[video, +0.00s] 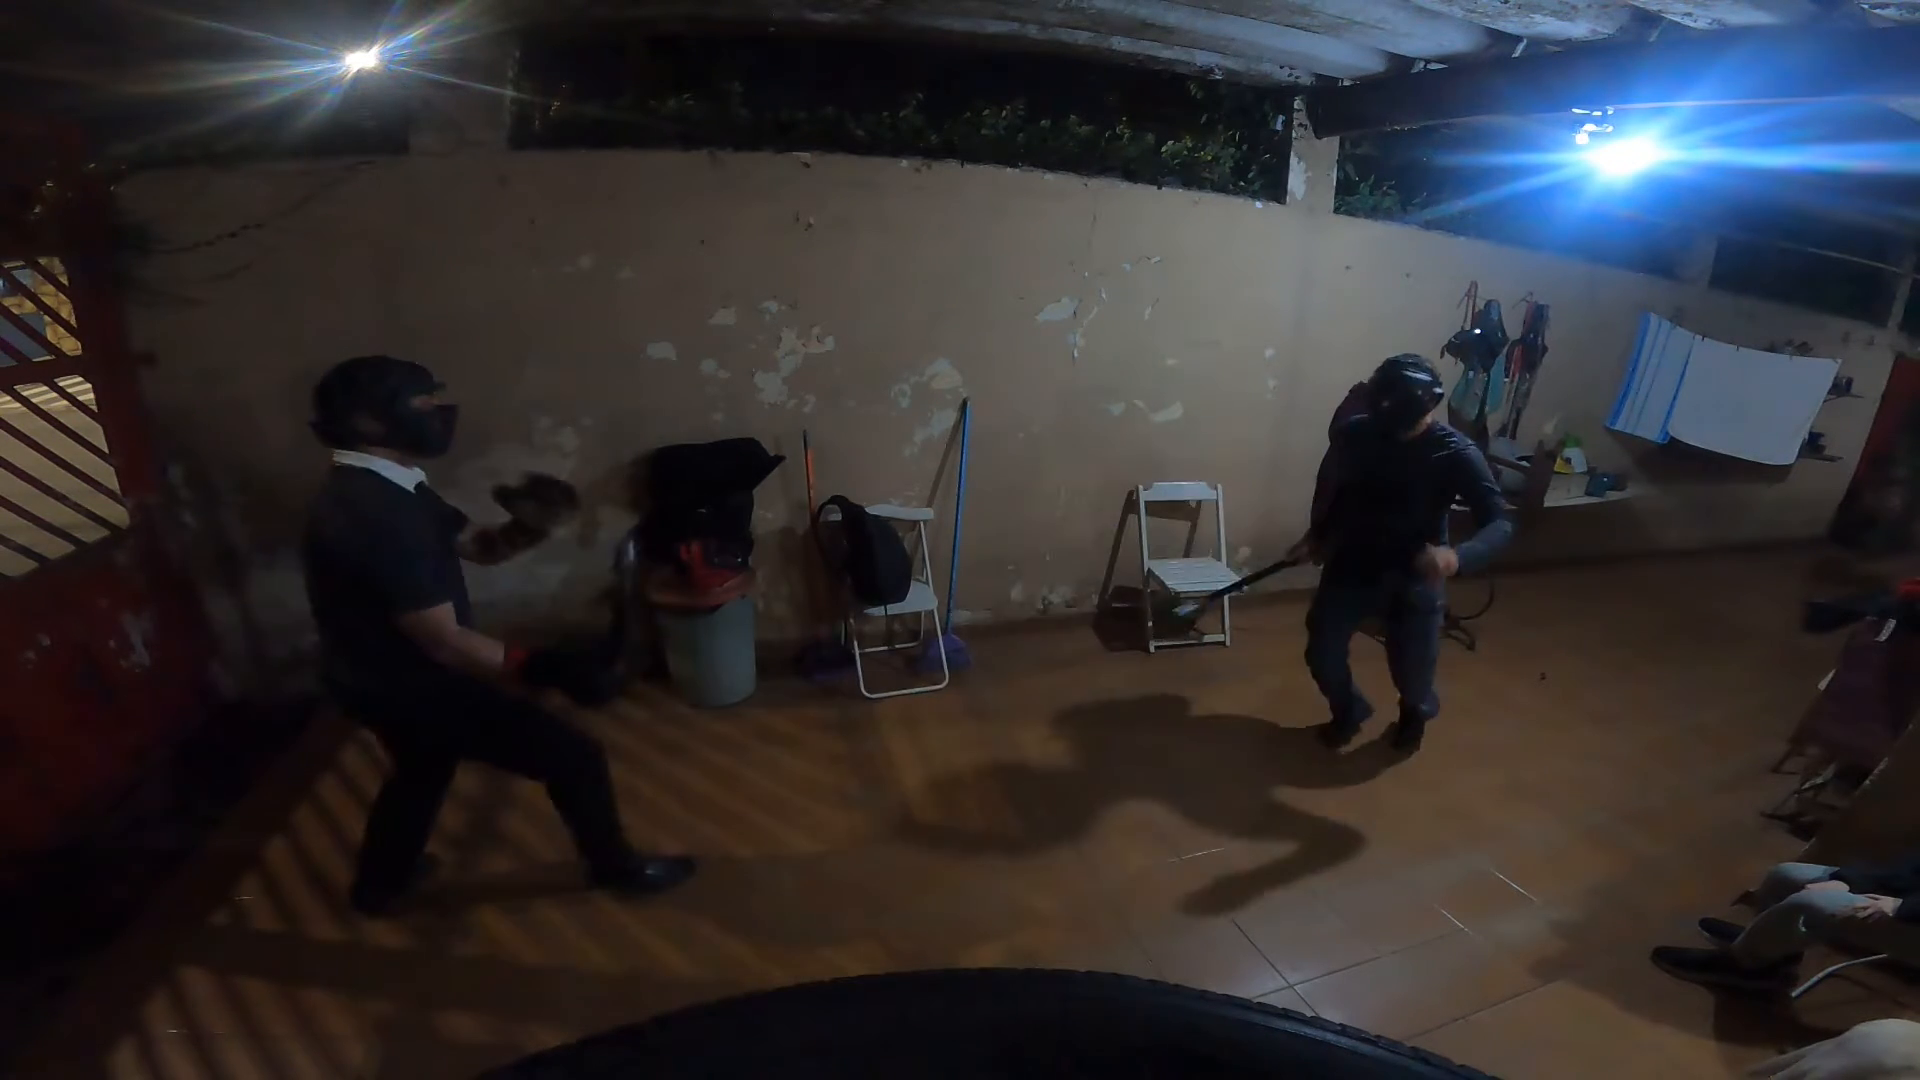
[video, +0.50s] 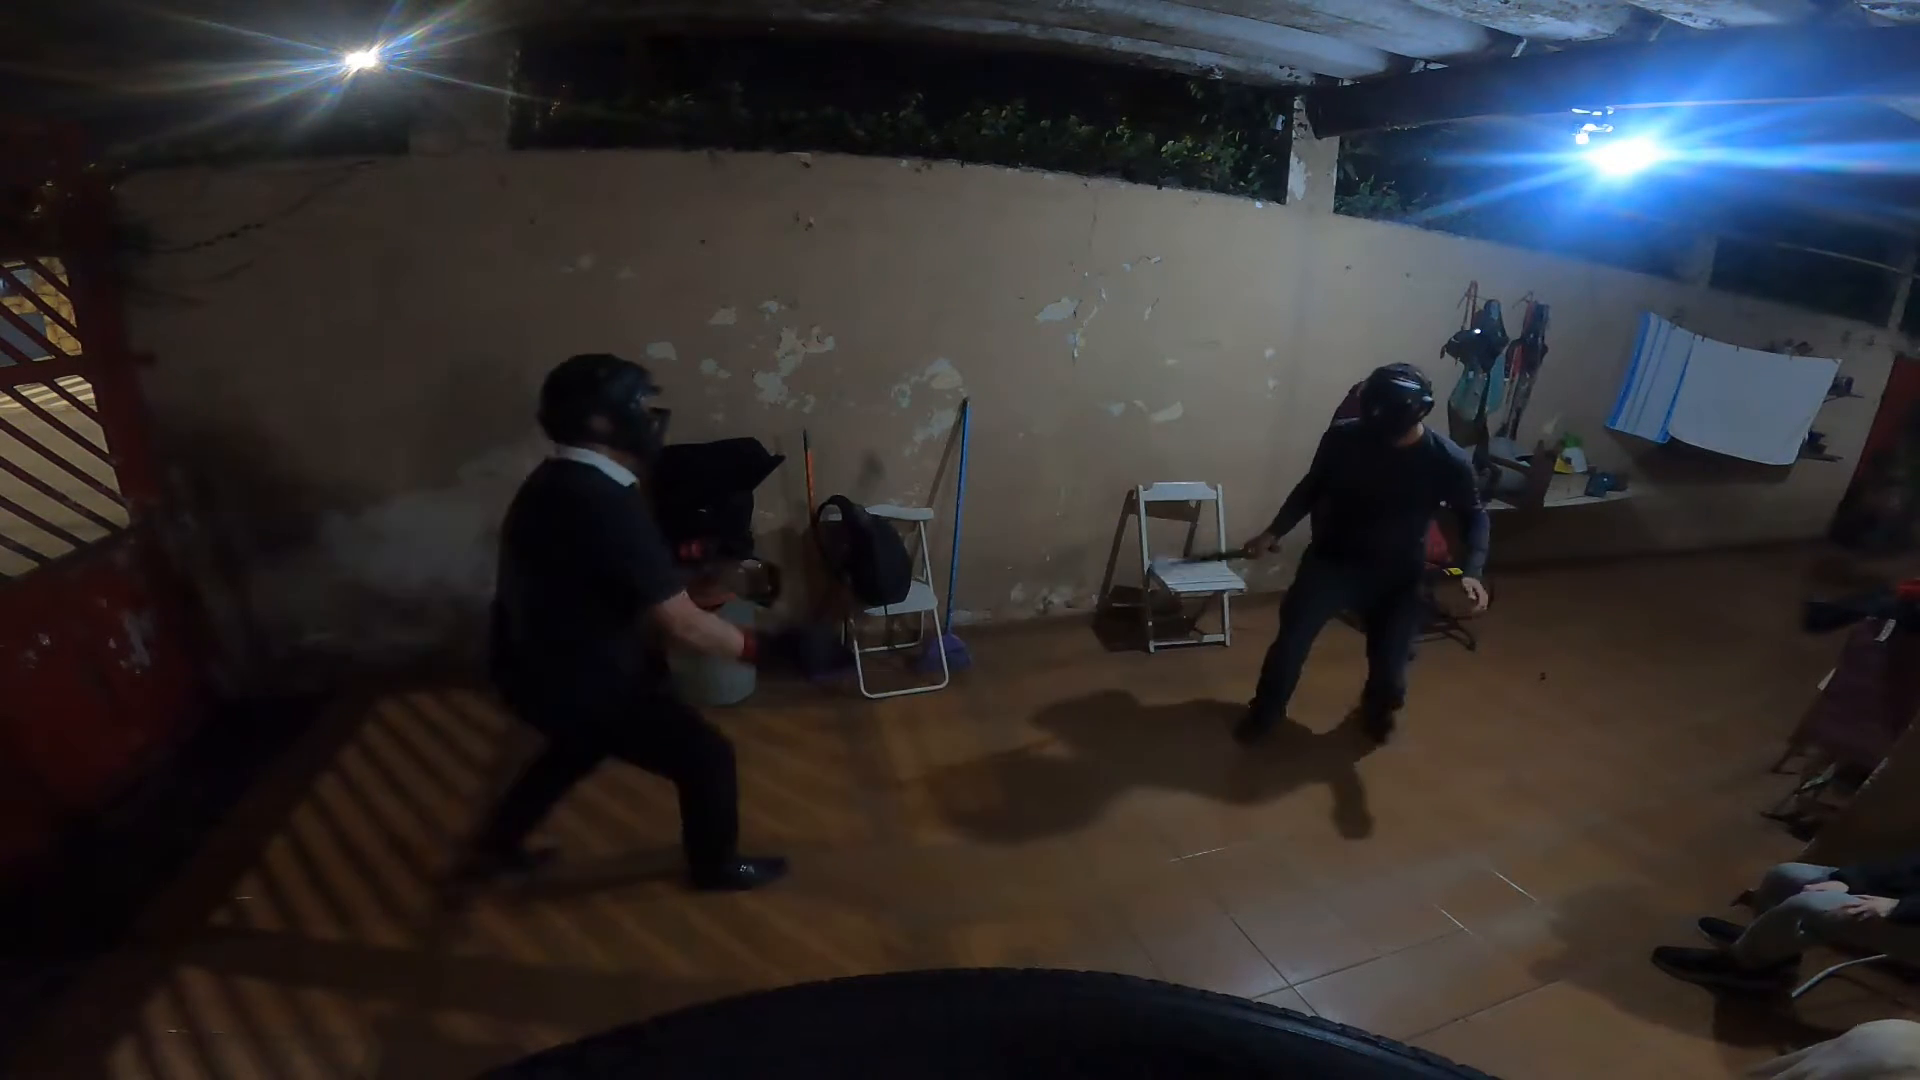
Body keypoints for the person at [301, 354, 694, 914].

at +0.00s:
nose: (444, 407)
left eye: (437, 396)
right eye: (425, 399)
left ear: (373, 425)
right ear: (378, 421)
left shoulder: (374, 486)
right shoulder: (391, 511)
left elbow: (480, 549)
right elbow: (440, 639)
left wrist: (531, 525)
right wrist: (530, 666)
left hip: (376, 683)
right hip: (416, 692)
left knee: (425, 765)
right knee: (572, 755)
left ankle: (381, 880)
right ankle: (615, 865)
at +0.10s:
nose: (475, 416)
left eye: (468, 404)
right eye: (458, 409)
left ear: (407, 434)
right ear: (412, 432)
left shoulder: (418, 496)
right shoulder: (412, 520)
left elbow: (501, 555)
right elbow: (456, 647)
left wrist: (566, 561)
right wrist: (551, 680)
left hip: (403, 686)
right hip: (432, 695)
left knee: (440, 766)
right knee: (578, 762)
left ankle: (380, 878)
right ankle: (672, 860)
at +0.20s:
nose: (505, 422)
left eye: (498, 410)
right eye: (487, 414)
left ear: (437, 438)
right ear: (441, 436)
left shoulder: (436, 498)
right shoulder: (445, 522)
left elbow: (521, 557)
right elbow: (495, 648)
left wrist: (583, 567)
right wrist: (580, 669)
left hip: (425, 686)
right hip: (458, 697)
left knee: (438, 781)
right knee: (602, 773)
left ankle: (378, 883)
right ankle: (692, 863)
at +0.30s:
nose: (563, 428)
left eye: (558, 415)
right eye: (546, 417)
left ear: (489, 439)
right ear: (498, 437)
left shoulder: (462, 504)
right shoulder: (504, 525)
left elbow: (526, 556)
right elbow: (574, 646)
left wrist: (583, 561)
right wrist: (654, 641)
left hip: (461, 692)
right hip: (508, 702)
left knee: (462, 770)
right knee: (643, 764)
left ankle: (381, 873)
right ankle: (704, 865)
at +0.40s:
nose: (625, 420)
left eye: (620, 407)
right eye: (609, 410)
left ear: (553, 437)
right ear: (563, 434)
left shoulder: (517, 499)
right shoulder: (577, 522)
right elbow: (661, 624)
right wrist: (739, 608)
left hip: (514, 684)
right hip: (563, 698)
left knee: (519, 762)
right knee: (693, 762)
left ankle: (419, 852)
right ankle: (711, 866)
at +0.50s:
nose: (658, 413)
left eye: (653, 401)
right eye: (643, 404)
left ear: (591, 425)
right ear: (600, 424)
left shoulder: (547, 486)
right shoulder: (611, 504)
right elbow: (682, 621)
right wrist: (763, 649)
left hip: (533, 671)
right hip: (585, 687)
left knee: (585, 740)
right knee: (707, 755)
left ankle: (499, 839)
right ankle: (714, 864)